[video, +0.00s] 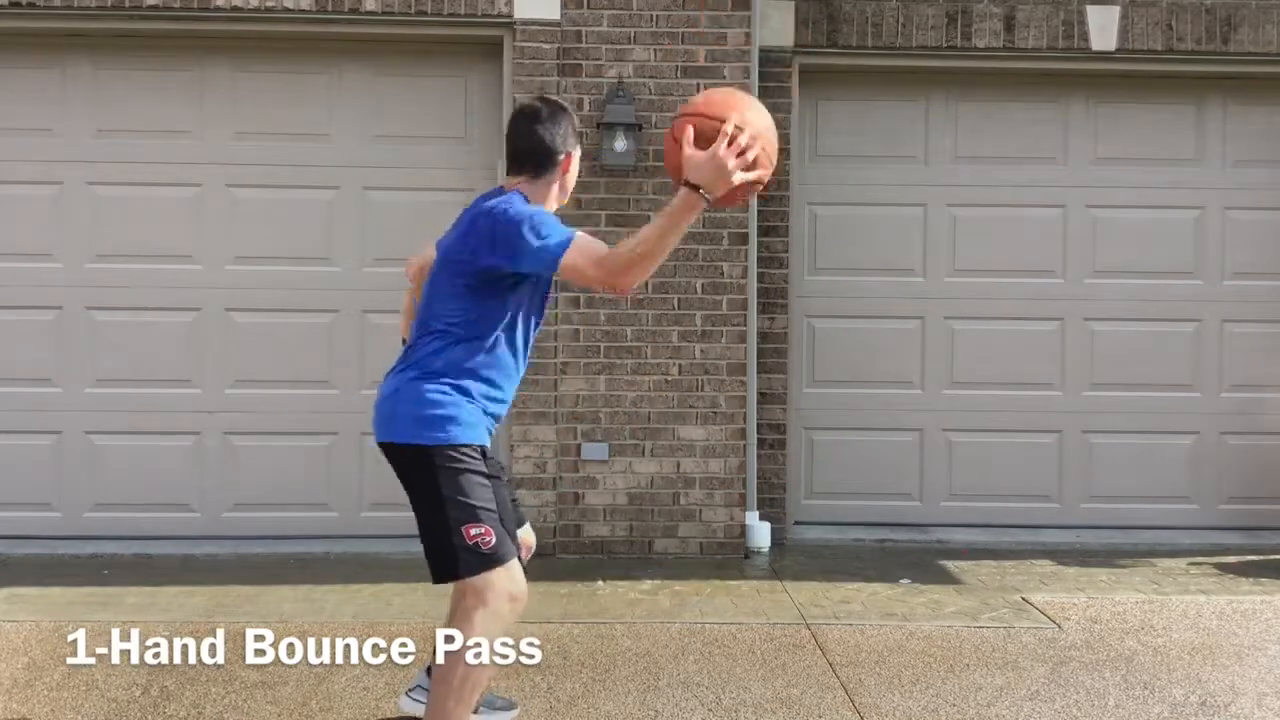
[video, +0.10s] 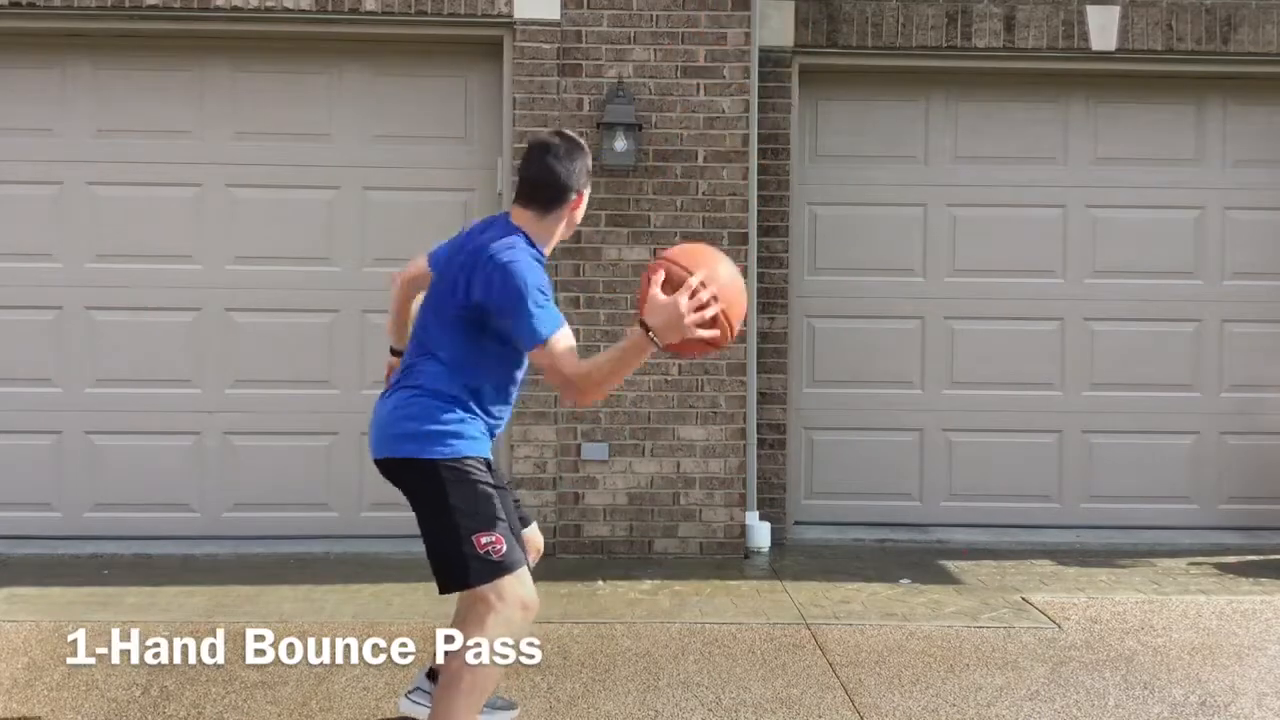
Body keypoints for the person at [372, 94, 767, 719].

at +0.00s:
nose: (578, 170)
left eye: (576, 159)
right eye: (578, 159)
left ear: (511, 160)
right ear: (567, 165)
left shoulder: (486, 212)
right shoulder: (515, 218)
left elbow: (421, 268)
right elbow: (617, 273)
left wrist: (414, 345)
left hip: (445, 416)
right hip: (437, 417)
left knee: (513, 541)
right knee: (498, 591)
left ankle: (443, 680)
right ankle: (449, 709)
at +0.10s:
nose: (585, 209)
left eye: (586, 197)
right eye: (587, 198)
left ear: (520, 185)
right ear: (577, 203)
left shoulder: (483, 235)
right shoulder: (515, 264)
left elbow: (405, 283)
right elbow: (578, 387)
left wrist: (399, 351)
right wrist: (650, 333)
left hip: (425, 428)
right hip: (436, 438)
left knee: (524, 542)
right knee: (512, 603)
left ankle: (441, 682)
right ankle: (453, 710)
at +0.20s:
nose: (580, 231)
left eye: (581, 219)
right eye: (582, 220)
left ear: (517, 204)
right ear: (572, 226)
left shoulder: (469, 244)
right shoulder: (531, 317)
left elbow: (398, 310)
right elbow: (560, 419)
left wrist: (445, 370)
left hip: (399, 441)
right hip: (437, 454)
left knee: (525, 542)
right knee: (517, 619)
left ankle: (442, 682)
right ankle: (456, 713)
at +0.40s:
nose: (571, 228)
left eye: (570, 217)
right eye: (572, 218)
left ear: (507, 209)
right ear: (565, 225)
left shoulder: (458, 254)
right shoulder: (533, 307)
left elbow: (402, 342)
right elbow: (550, 418)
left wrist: (490, 390)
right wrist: (596, 429)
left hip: (389, 448)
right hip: (435, 457)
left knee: (522, 540)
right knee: (519, 619)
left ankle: (442, 682)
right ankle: (453, 710)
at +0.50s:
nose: (566, 215)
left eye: (562, 205)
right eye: (567, 206)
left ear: (502, 198)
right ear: (559, 211)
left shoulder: (455, 252)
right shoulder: (534, 290)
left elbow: (399, 342)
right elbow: (562, 412)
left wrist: (478, 400)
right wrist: (617, 439)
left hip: (392, 443)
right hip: (437, 450)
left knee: (520, 544)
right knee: (518, 616)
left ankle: (436, 686)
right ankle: (452, 712)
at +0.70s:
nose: (561, 184)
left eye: (556, 175)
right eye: (561, 175)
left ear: (494, 180)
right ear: (552, 184)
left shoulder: (459, 237)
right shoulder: (542, 257)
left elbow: (408, 334)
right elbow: (632, 343)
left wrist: (489, 401)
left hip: (405, 433)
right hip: (446, 441)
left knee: (509, 559)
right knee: (527, 609)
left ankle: (437, 688)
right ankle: (460, 713)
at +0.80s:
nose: (566, 168)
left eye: (564, 159)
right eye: (564, 159)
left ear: (495, 166)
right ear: (553, 166)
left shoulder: (468, 221)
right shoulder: (541, 226)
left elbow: (414, 322)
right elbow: (667, 251)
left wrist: (497, 388)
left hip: (415, 424)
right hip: (448, 430)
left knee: (495, 569)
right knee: (530, 602)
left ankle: (445, 680)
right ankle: (461, 714)